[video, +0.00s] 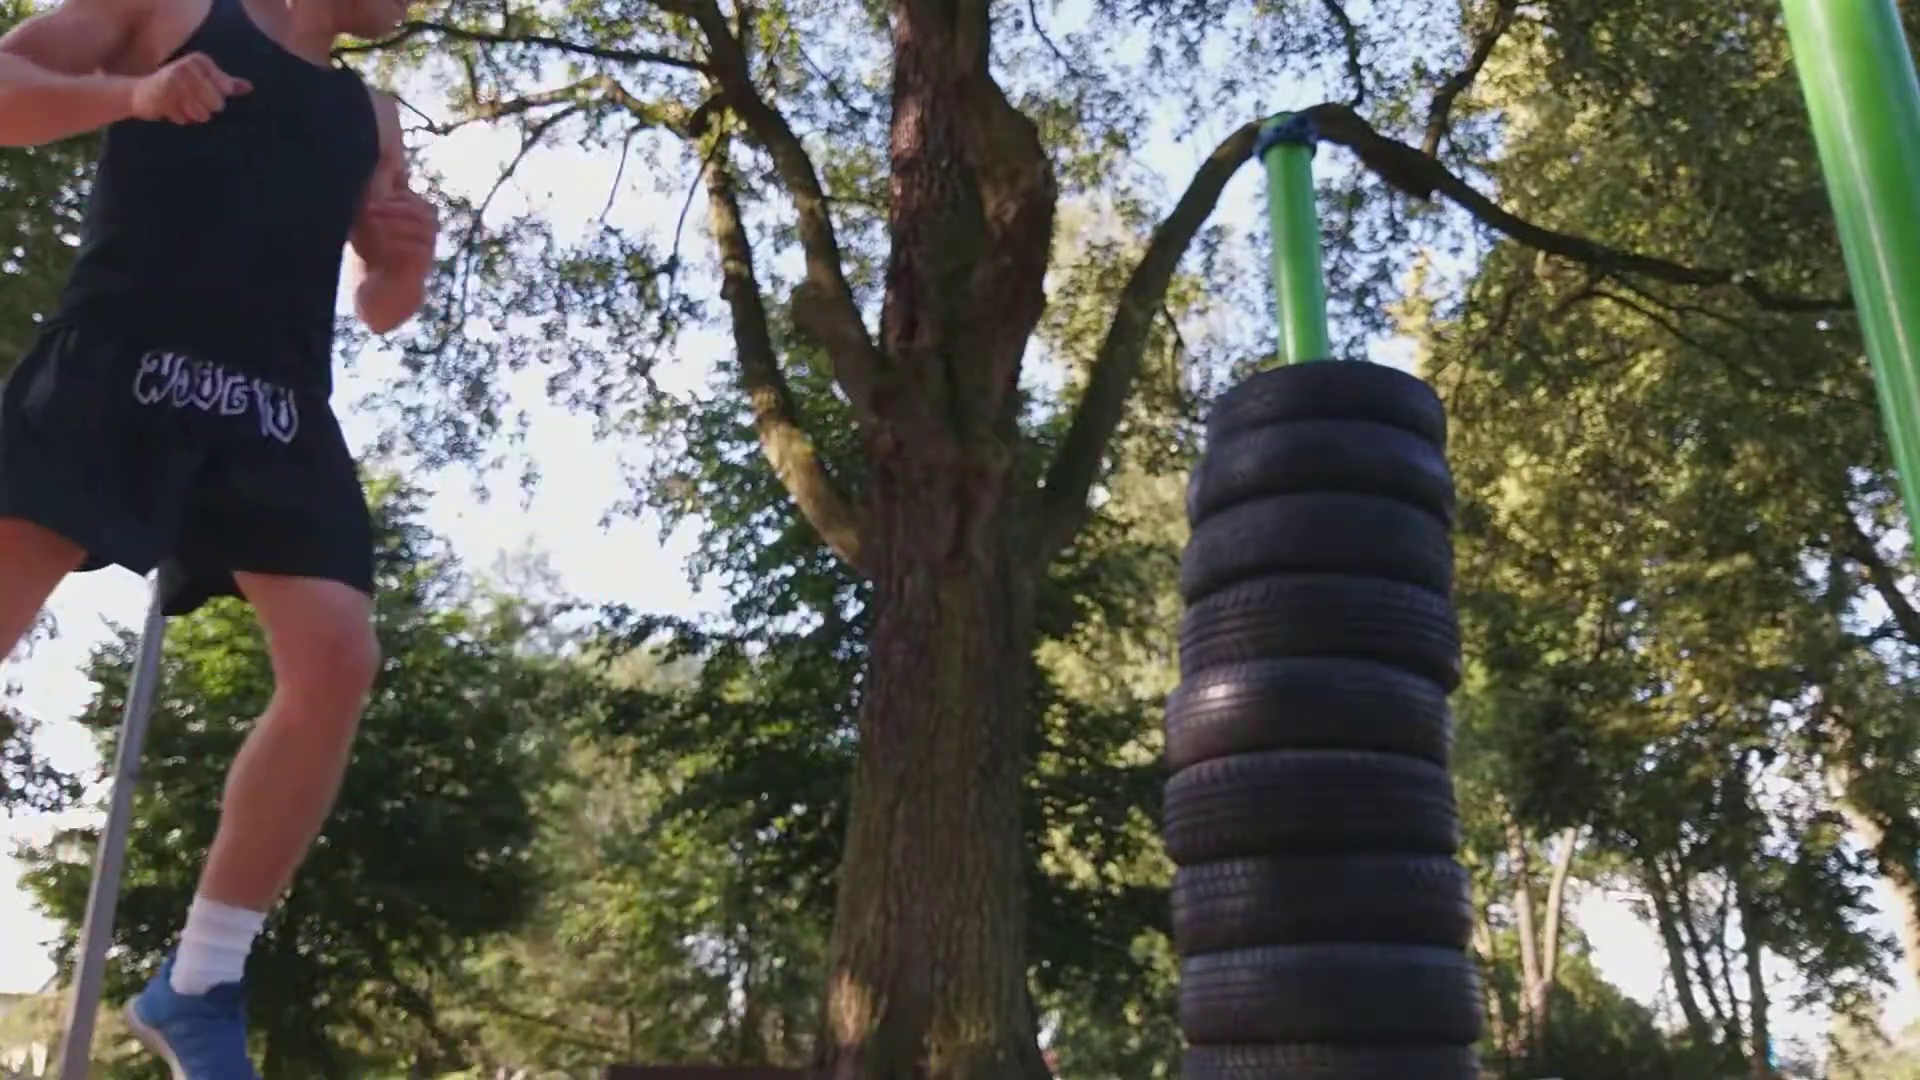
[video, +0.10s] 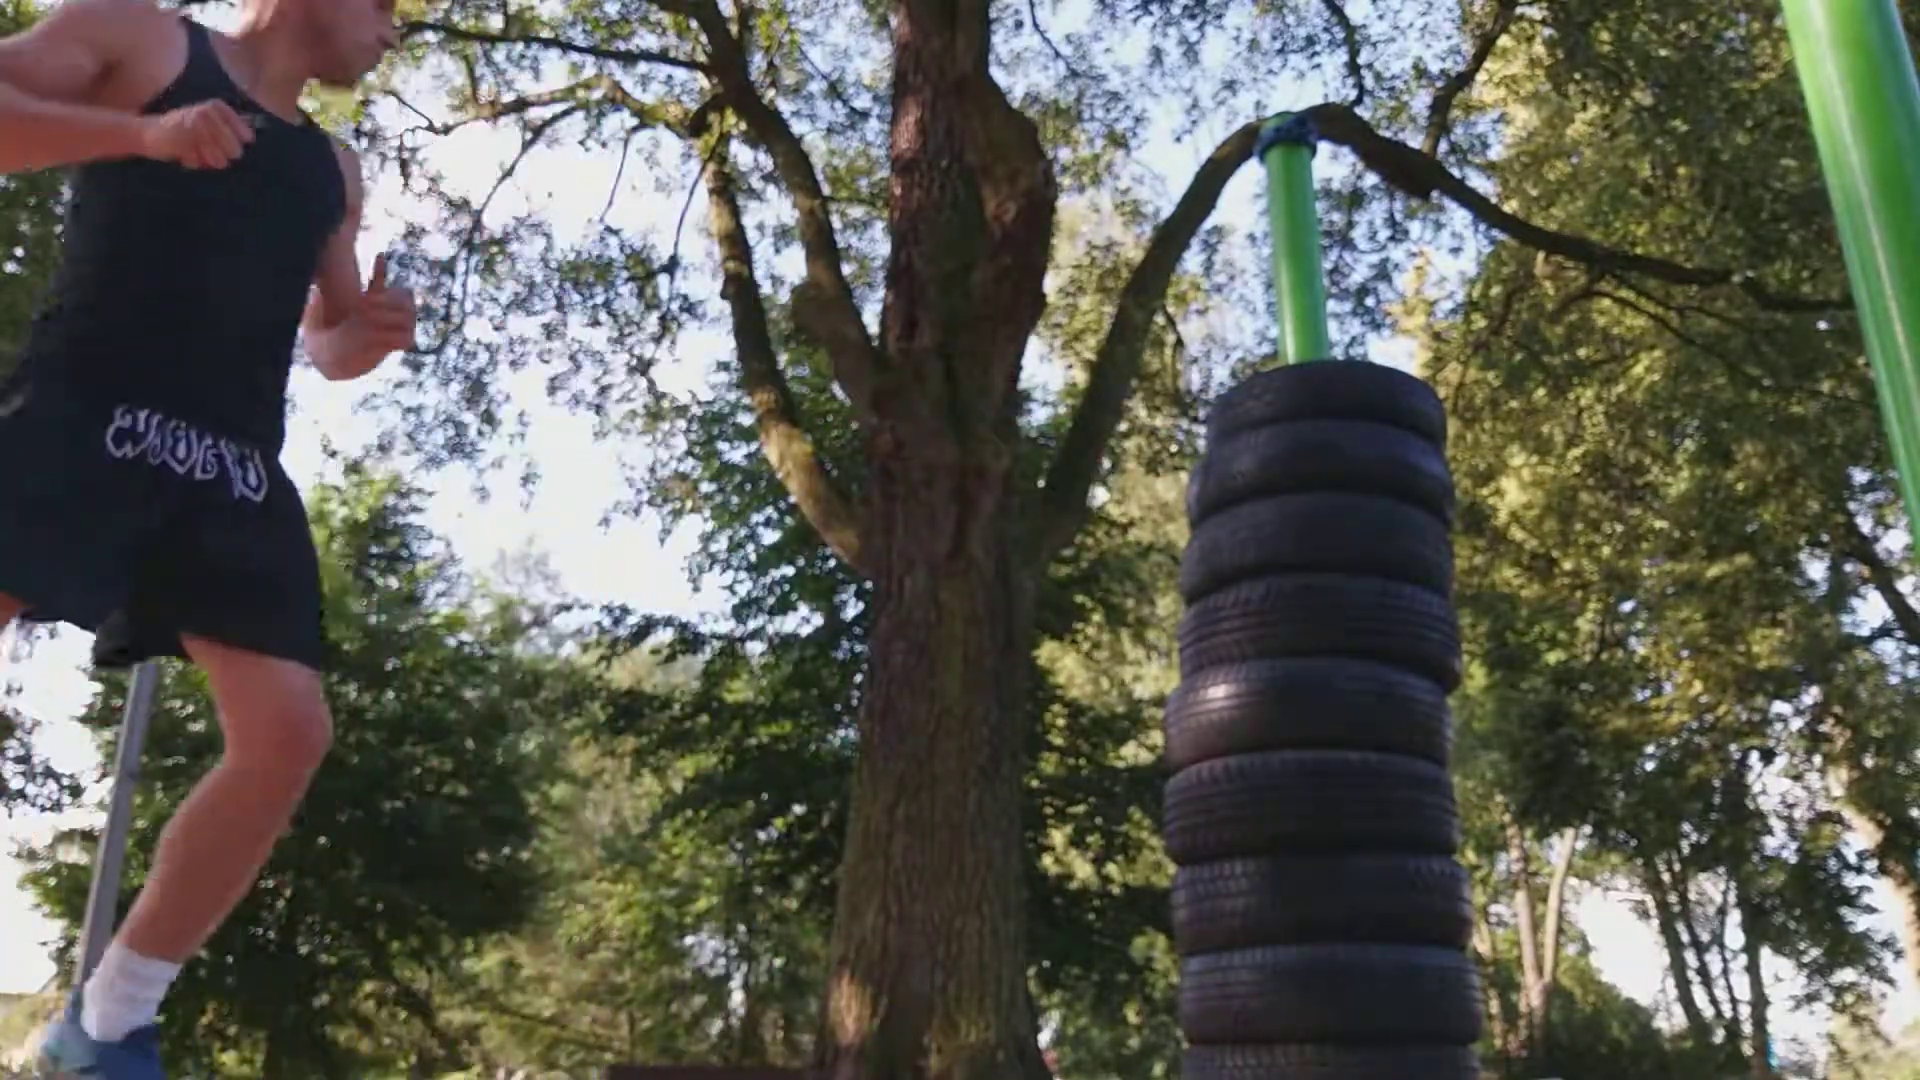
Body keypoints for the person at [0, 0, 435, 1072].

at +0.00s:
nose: (411, 5)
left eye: (414, 4)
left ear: (375, 12)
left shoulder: (369, 113)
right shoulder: (163, 10)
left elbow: (383, 310)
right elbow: (2, 93)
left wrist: (408, 256)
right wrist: (131, 93)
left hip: (278, 412)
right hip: (108, 373)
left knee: (336, 663)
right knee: (0, 616)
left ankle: (200, 983)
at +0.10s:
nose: (395, 26)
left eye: (396, 13)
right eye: (383, 3)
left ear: (337, 23)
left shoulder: (331, 166)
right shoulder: (140, 31)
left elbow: (331, 344)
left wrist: (373, 328)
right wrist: (139, 131)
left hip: (233, 477)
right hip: (73, 429)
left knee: (285, 737)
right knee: (0, 610)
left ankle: (107, 1023)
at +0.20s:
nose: (384, 87)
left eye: (386, 64)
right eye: (371, 53)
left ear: (306, 44)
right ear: (291, 28)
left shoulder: (310, 220)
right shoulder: (132, 85)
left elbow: (266, 392)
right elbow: (3, 166)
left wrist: (346, 387)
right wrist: (174, 220)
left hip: (199, 529)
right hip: (51, 482)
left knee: (292, 770)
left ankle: (99, 1040)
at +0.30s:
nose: (416, 92)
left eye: (422, 72)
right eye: (410, 62)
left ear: (348, 41)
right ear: (338, 29)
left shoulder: (325, 198)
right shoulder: (187, 81)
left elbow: (246, 365)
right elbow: (54, 180)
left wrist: (348, 368)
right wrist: (260, 224)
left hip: (244, 510)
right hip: (95, 476)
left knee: (344, 727)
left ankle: (192, 998)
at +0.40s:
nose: (445, 118)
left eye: (452, 100)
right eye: (438, 90)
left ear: (377, 70)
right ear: (369, 58)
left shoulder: (369, 236)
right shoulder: (226, 107)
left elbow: (329, 385)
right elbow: (102, 212)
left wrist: (396, 388)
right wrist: (302, 236)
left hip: (287, 517)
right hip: (147, 483)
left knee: (371, 746)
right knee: (3, 691)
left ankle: (294, 1021)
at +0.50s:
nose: (454, 189)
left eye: (458, 169)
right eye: (445, 161)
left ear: (383, 150)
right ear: (376, 139)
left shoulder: (385, 310)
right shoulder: (241, 196)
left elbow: (401, 461)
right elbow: (115, 306)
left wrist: (465, 449)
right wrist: (308, 316)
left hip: (326, 582)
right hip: (198, 545)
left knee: (389, 821)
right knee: (48, 757)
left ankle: (316, 1067)